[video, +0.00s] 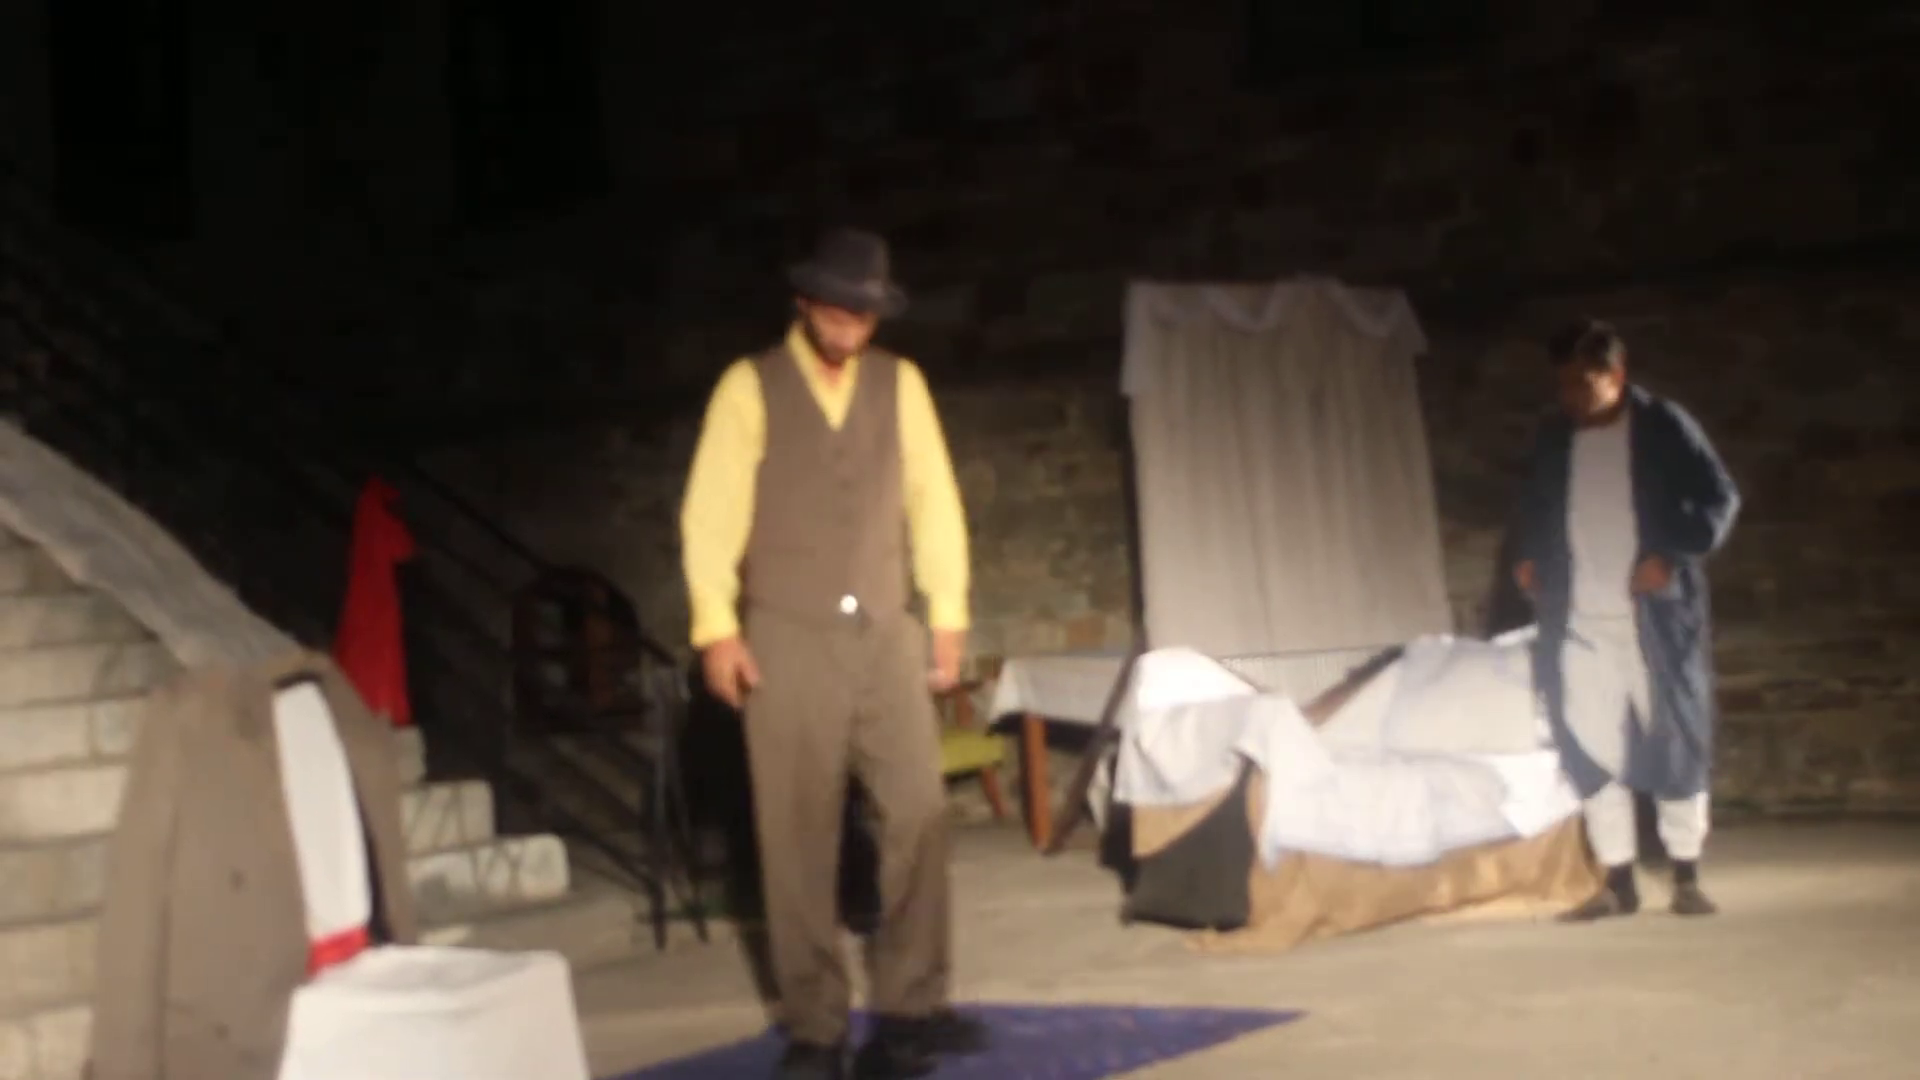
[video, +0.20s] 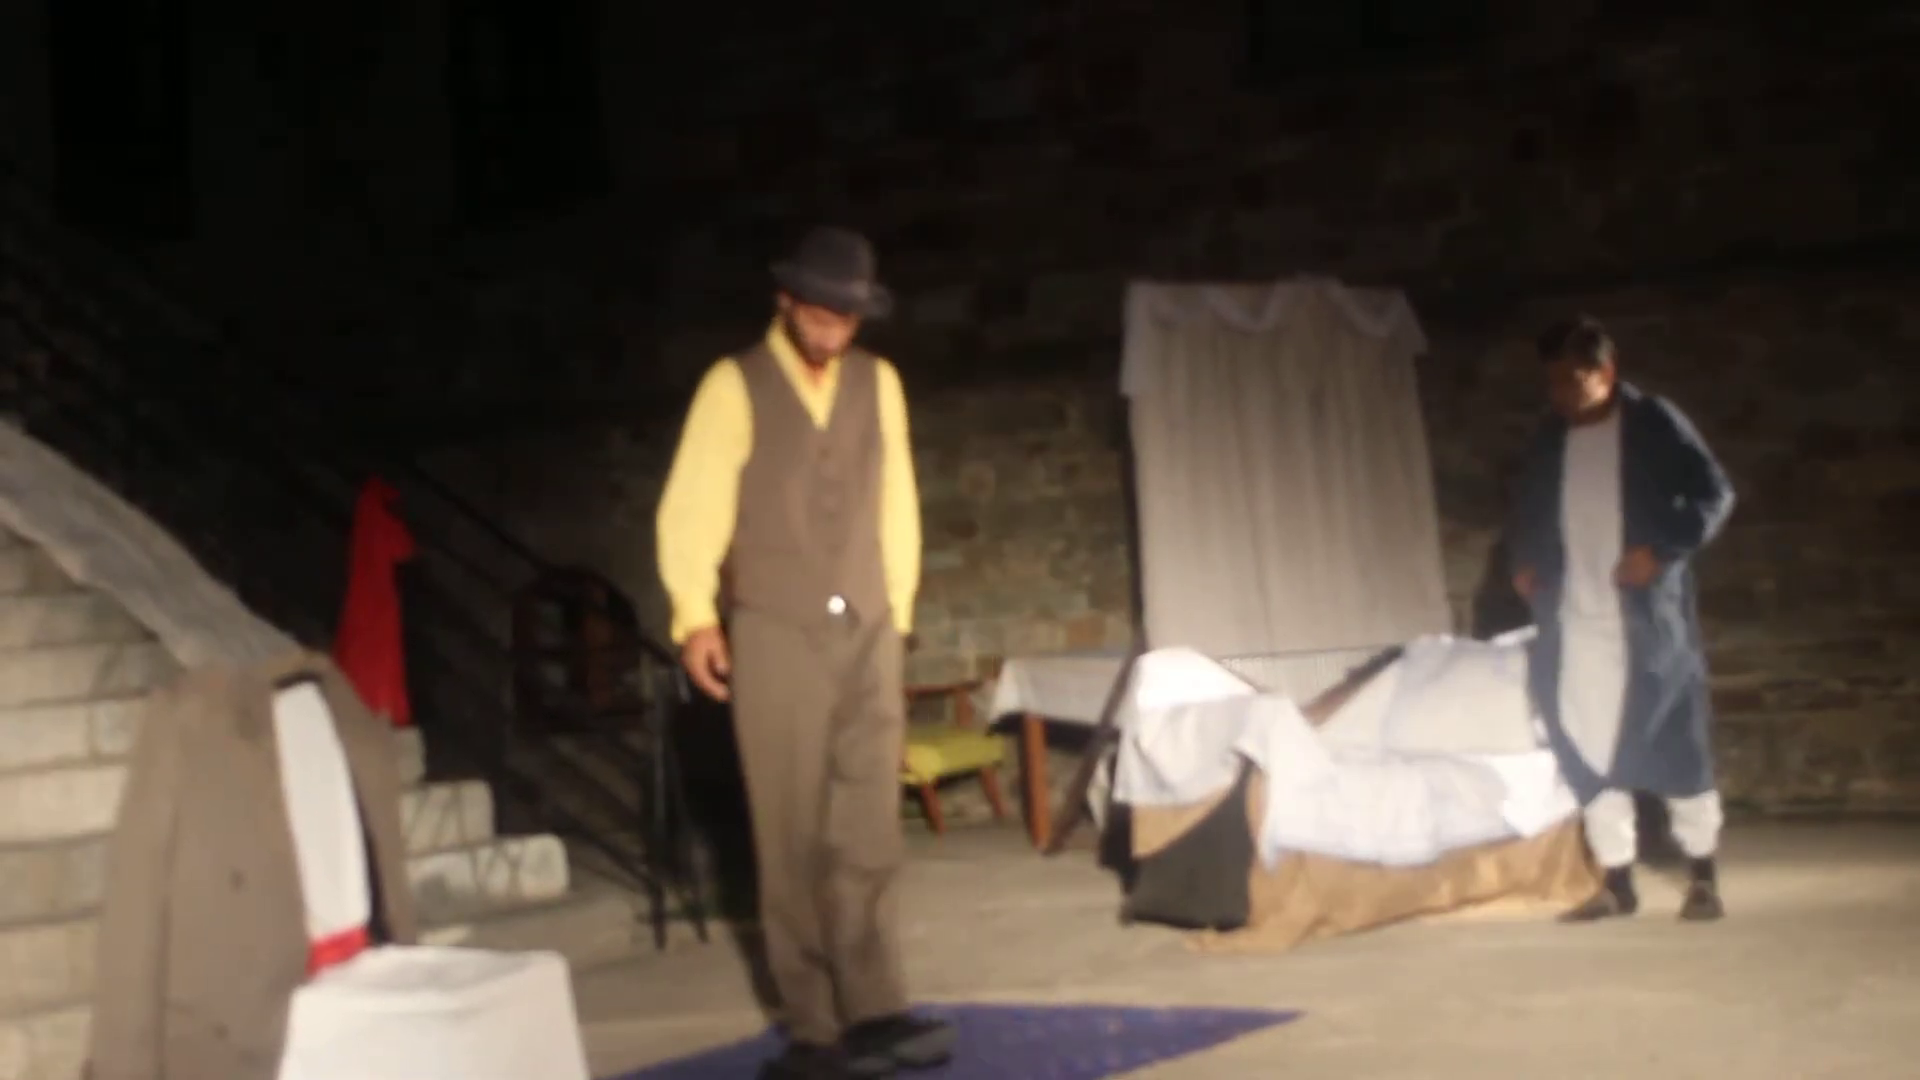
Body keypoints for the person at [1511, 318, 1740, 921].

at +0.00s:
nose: (1581, 394)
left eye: (1591, 381)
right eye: (1571, 383)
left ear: (1619, 373)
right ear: (1559, 383)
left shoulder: (1663, 425)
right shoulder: (1550, 441)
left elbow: (1717, 497)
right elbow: (1528, 512)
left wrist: (1671, 555)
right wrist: (1523, 556)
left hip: (1656, 624)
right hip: (1579, 629)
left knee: (1676, 744)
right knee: (1596, 755)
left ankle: (1685, 878)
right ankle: (1619, 884)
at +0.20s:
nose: (1570, 391)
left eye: (1581, 378)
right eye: (1560, 380)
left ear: (1608, 372)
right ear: (1548, 382)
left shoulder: (1652, 421)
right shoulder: (1544, 441)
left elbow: (1712, 494)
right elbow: (1523, 516)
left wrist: (1659, 552)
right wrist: (1521, 562)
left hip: (1650, 618)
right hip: (1575, 622)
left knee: (1675, 737)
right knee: (1591, 747)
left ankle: (1703, 877)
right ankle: (1617, 884)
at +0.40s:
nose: (1576, 382)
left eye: (1587, 369)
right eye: (1568, 371)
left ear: (1617, 367)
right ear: (1558, 374)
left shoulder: (1664, 420)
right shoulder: (1552, 436)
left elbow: (1725, 492)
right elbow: (1535, 503)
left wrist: (1662, 543)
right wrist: (1542, 546)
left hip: (1658, 619)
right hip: (1586, 623)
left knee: (1674, 738)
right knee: (1593, 742)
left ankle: (1701, 883)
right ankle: (1618, 880)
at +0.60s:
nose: (1582, 373)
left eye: (1594, 361)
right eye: (1575, 362)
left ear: (1625, 361)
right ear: (1565, 366)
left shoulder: (1668, 415)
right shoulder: (1559, 431)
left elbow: (1729, 487)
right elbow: (1542, 500)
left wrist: (1657, 527)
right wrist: (1552, 535)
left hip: (1663, 615)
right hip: (1591, 617)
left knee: (1678, 736)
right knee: (1585, 741)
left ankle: (1702, 883)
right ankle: (1606, 883)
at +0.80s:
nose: (1587, 371)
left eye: (1598, 358)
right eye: (1577, 360)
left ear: (1624, 359)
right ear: (1566, 366)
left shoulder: (1662, 417)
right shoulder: (1553, 431)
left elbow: (1719, 493)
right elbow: (1528, 498)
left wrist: (1651, 537)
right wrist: (1540, 535)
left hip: (1653, 615)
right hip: (1579, 617)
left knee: (1669, 735)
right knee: (1587, 739)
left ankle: (1698, 884)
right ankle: (1606, 886)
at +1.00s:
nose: (1577, 371)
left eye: (1587, 359)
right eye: (1568, 360)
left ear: (1613, 360)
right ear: (1557, 366)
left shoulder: (1652, 422)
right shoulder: (1543, 435)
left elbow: (1703, 500)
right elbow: (1517, 502)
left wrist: (1643, 556)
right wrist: (1530, 540)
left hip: (1640, 616)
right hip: (1565, 619)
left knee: (1660, 739)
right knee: (1582, 745)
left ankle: (1696, 883)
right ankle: (1605, 889)